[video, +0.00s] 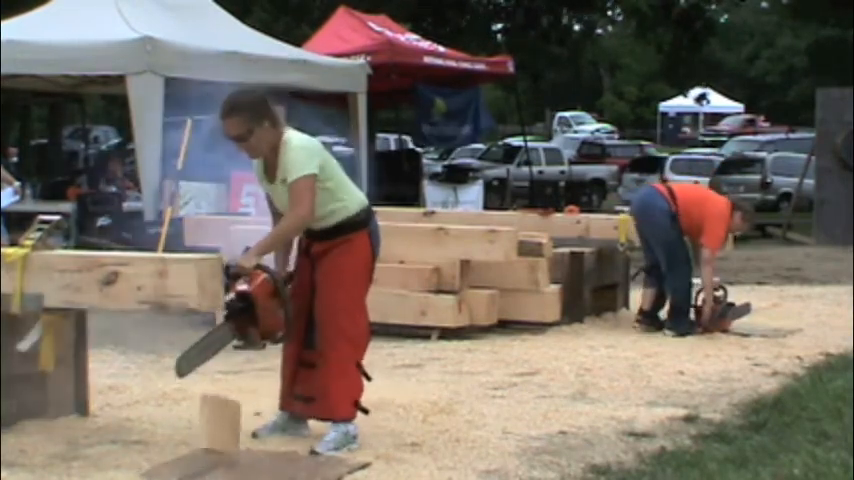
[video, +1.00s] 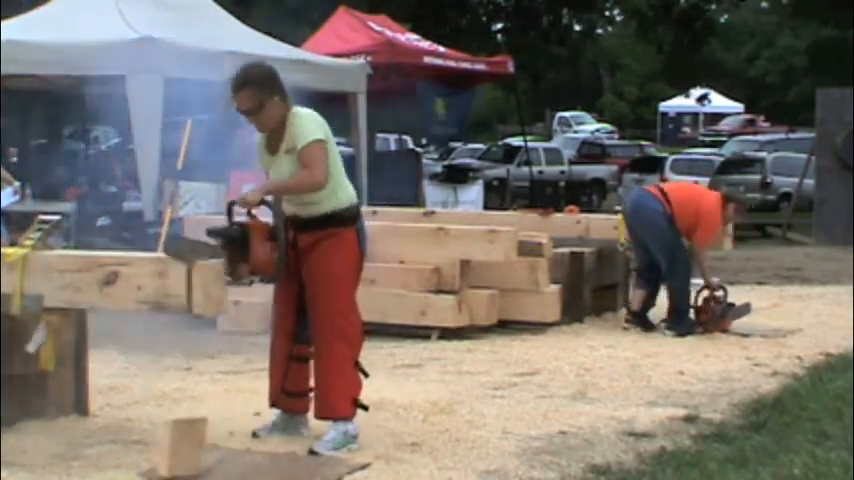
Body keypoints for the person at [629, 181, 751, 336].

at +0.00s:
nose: (737, 232)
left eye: (741, 230)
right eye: (741, 228)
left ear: (736, 214)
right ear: (738, 216)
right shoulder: (720, 212)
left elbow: (699, 248)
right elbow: (706, 261)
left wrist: (707, 279)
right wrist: (708, 304)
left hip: (644, 200)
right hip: (658, 207)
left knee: (655, 265)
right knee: (680, 268)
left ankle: (647, 313)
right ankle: (678, 321)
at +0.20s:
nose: (737, 235)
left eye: (742, 234)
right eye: (741, 232)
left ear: (738, 217)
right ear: (740, 219)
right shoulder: (722, 213)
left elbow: (699, 252)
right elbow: (705, 262)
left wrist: (707, 290)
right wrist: (707, 308)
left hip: (645, 200)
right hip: (660, 207)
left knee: (657, 264)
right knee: (680, 267)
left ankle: (647, 313)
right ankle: (679, 321)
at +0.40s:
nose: (738, 231)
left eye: (742, 229)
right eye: (742, 227)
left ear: (737, 214)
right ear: (739, 216)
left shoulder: (716, 206)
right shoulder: (721, 212)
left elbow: (701, 253)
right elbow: (706, 261)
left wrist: (707, 288)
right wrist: (706, 309)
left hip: (645, 200)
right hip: (657, 207)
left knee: (657, 265)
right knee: (680, 266)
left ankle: (647, 313)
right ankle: (679, 321)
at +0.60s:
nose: (737, 224)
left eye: (742, 222)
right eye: (741, 220)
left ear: (736, 207)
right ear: (737, 208)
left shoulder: (716, 200)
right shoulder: (718, 206)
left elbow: (699, 245)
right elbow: (698, 245)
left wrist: (707, 279)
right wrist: (698, 280)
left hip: (644, 200)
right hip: (656, 206)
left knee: (657, 264)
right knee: (675, 263)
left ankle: (647, 313)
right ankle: (678, 320)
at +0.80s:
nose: (738, 219)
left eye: (742, 216)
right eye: (740, 214)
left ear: (732, 203)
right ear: (734, 205)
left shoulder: (711, 197)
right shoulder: (715, 203)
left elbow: (692, 243)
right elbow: (699, 247)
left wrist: (701, 277)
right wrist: (707, 280)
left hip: (639, 199)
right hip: (652, 205)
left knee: (650, 265)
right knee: (674, 267)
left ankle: (637, 313)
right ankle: (679, 322)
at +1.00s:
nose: (733, 219)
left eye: (737, 215)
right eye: (735, 214)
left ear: (726, 203)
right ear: (730, 207)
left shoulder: (707, 197)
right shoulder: (714, 214)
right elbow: (697, 250)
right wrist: (708, 280)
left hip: (636, 200)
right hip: (654, 210)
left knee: (649, 266)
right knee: (678, 267)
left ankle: (636, 313)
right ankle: (678, 321)